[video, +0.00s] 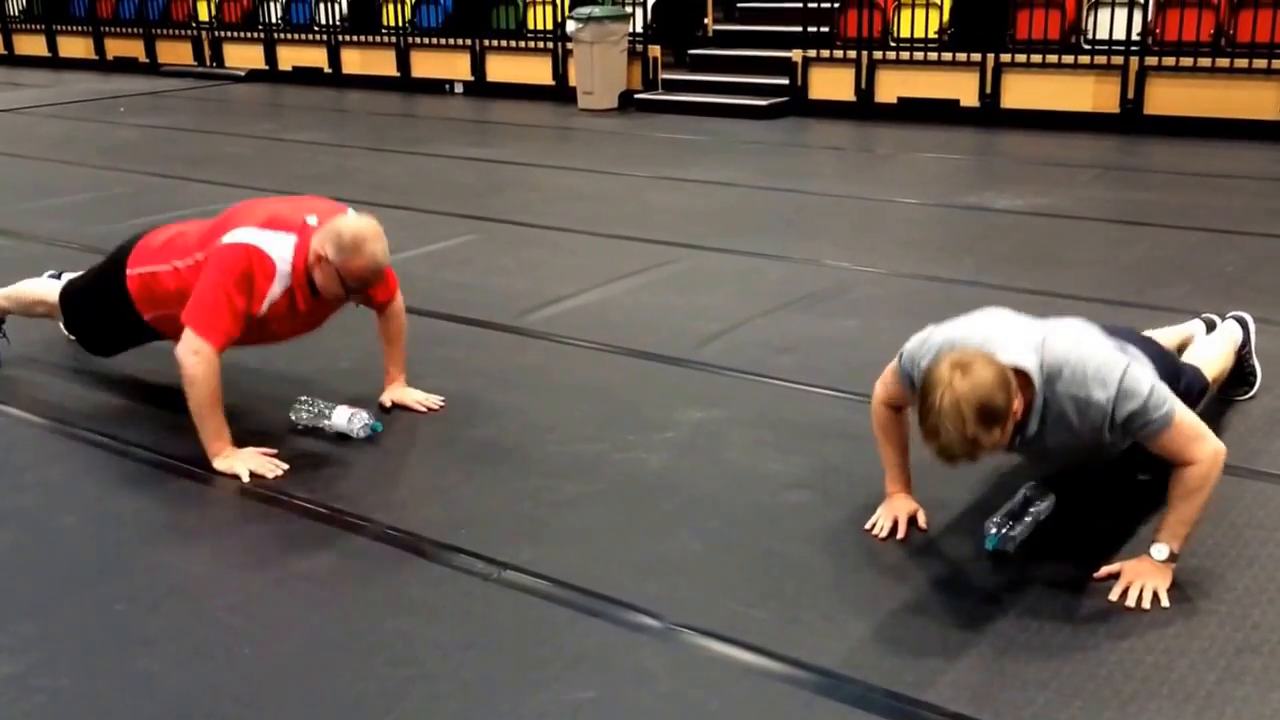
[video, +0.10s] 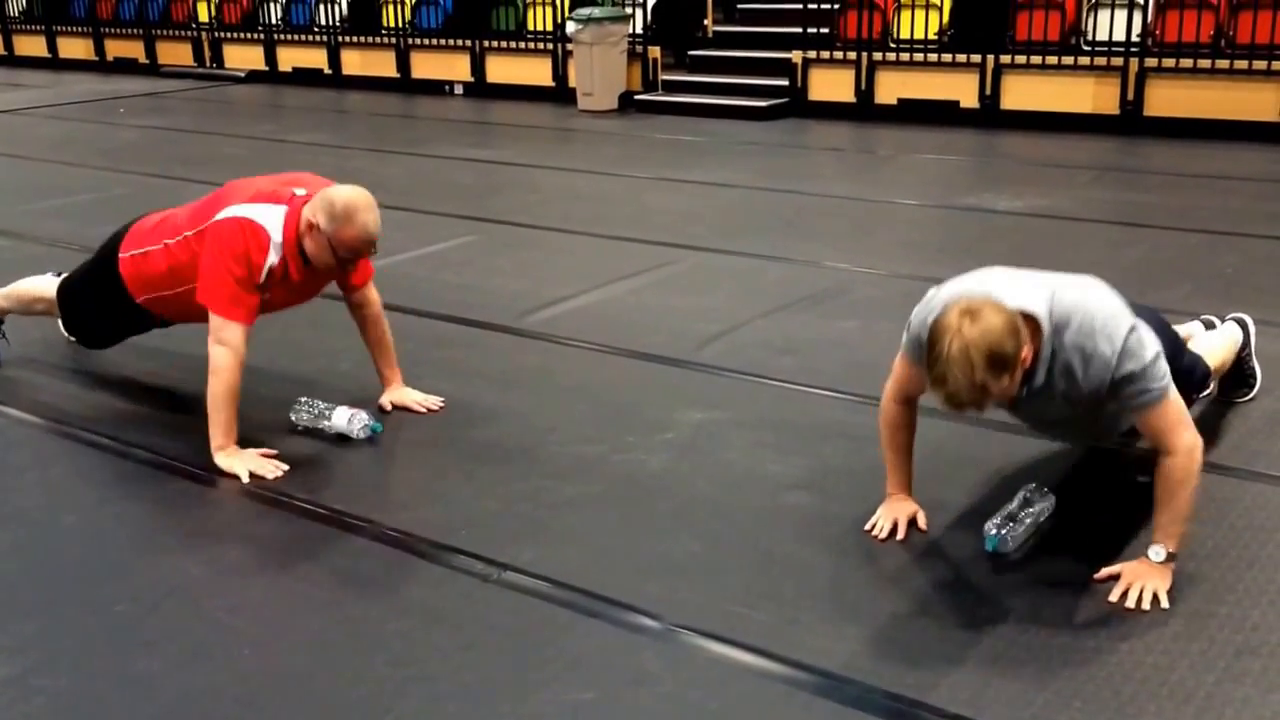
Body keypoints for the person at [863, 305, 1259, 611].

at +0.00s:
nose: (991, 458)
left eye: (995, 447)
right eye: (974, 454)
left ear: (1017, 403)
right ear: (943, 411)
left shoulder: (1104, 383)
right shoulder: (931, 353)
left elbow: (1206, 454)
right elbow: (886, 400)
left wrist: (1160, 556)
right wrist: (897, 492)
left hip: (1135, 372)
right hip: (1082, 346)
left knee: (1194, 377)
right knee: (1141, 348)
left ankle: (1233, 332)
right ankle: (1200, 326)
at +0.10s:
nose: (985, 409)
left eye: (991, 397)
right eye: (970, 401)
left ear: (1022, 355)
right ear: (948, 356)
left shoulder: (1110, 343)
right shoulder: (934, 319)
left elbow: (1183, 447)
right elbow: (898, 397)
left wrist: (1159, 558)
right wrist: (897, 492)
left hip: (1145, 356)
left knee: (1196, 370)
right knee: (1167, 347)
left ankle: (1236, 335)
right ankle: (1206, 329)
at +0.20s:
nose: (988, 383)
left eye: (998, 371)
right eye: (973, 374)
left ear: (1029, 328)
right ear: (949, 340)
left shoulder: (1115, 326)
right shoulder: (935, 309)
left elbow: (1162, 445)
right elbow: (906, 398)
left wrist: (1156, 558)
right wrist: (898, 493)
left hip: (1144, 363)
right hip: (1059, 386)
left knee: (1196, 369)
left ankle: (1235, 338)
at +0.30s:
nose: (985, 402)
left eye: (993, 387)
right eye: (972, 393)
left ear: (1024, 346)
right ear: (951, 360)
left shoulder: (1112, 344)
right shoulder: (931, 327)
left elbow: (1183, 450)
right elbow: (899, 401)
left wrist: (1159, 561)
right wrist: (897, 495)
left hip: (1144, 364)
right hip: (1058, 391)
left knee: (1197, 360)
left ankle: (1235, 337)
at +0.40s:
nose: (985, 446)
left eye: (990, 436)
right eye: (971, 440)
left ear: (1017, 397)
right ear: (941, 401)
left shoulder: (1100, 383)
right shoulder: (928, 357)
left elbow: (1205, 458)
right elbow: (884, 404)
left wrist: (1160, 561)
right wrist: (896, 497)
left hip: (1138, 379)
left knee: (1195, 383)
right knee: (1143, 356)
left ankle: (1233, 338)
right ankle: (1199, 331)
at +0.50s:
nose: (978, 499)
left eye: (982, 490)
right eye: (964, 494)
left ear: (1010, 453)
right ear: (931, 427)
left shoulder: (1099, 418)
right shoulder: (940, 380)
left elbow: (1217, 468)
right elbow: (880, 404)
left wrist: (1161, 564)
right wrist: (895, 497)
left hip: (1133, 395)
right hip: (1059, 370)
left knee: (1191, 393)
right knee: (1129, 370)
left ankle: (1232, 339)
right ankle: (1194, 334)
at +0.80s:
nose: (992, 444)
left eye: (995, 434)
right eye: (980, 439)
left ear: (1022, 395)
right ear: (945, 394)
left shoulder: (1111, 379)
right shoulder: (933, 349)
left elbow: (1201, 464)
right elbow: (891, 407)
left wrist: (1160, 567)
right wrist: (896, 501)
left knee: (1193, 386)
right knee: (1146, 359)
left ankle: (1234, 343)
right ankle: (1195, 339)